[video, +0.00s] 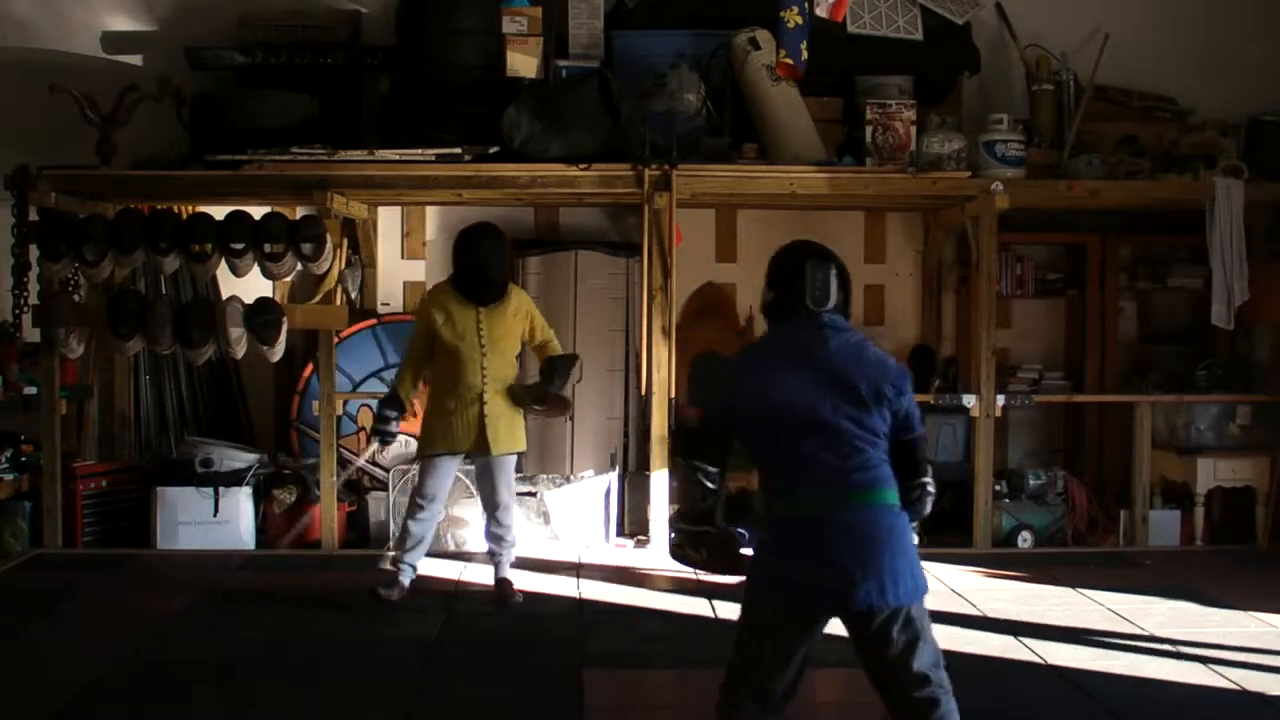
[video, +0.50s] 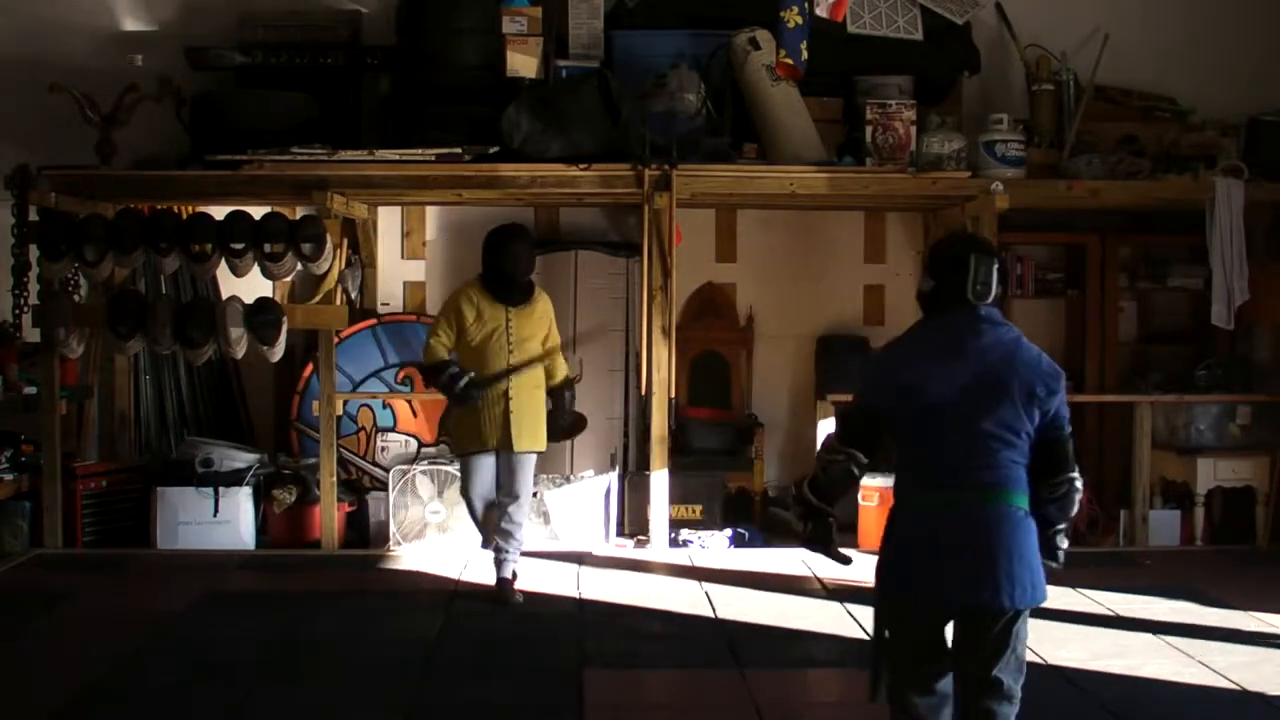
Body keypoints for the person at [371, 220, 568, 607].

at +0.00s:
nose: (485, 275)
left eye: (492, 266)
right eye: (478, 266)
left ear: (502, 265)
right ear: (462, 264)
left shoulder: (517, 303)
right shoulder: (438, 301)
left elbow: (546, 342)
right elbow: (415, 360)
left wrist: (553, 377)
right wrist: (393, 406)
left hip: (500, 421)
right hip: (448, 420)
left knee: (502, 504)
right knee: (426, 498)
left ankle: (503, 575)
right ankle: (402, 574)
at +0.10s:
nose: (498, 270)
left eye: (504, 262)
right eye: (490, 261)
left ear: (513, 263)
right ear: (474, 261)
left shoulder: (527, 304)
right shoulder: (447, 301)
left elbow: (548, 350)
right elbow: (426, 358)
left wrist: (562, 382)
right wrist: (410, 402)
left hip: (507, 423)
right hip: (455, 421)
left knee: (506, 506)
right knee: (441, 505)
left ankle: (504, 576)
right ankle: (433, 576)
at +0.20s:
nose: (517, 266)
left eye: (520, 258)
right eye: (509, 258)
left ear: (524, 260)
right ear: (486, 259)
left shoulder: (531, 304)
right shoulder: (455, 299)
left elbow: (549, 356)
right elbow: (431, 354)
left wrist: (572, 403)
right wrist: (419, 407)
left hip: (513, 423)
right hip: (464, 422)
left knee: (509, 502)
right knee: (459, 500)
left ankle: (504, 574)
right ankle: (464, 571)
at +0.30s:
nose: (524, 266)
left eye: (526, 258)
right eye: (515, 258)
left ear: (529, 260)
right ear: (491, 260)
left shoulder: (536, 304)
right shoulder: (460, 299)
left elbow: (553, 357)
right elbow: (434, 351)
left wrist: (574, 409)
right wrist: (425, 399)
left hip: (519, 420)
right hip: (471, 420)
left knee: (512, 500)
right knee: (471, 499)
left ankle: (504, 572)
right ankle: (484, 559)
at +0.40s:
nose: (525, 268)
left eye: (528, 260)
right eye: (516, 259)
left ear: (533, 263)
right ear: (493, 261)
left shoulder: (539, 306)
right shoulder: (464, 300)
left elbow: (553, 356)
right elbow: (433, 350)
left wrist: (569, 403)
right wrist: (436, 393)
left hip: (523, 421)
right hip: (475, 419)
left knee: (515, 498)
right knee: (476, 494)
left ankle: (503, 571)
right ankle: (497, 545)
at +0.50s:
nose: (527, 268)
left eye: (529, 260)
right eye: (517, 260)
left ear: (533, 262)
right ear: (495, 261)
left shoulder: (540, 303)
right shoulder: (466, 300)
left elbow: (553, 355)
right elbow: (433, 351)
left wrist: (563, 401)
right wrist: (454, 379)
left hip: (525, 419)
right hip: (478, 417)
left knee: (517, 496)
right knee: (478, 494)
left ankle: (507, 572)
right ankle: (498, 545)